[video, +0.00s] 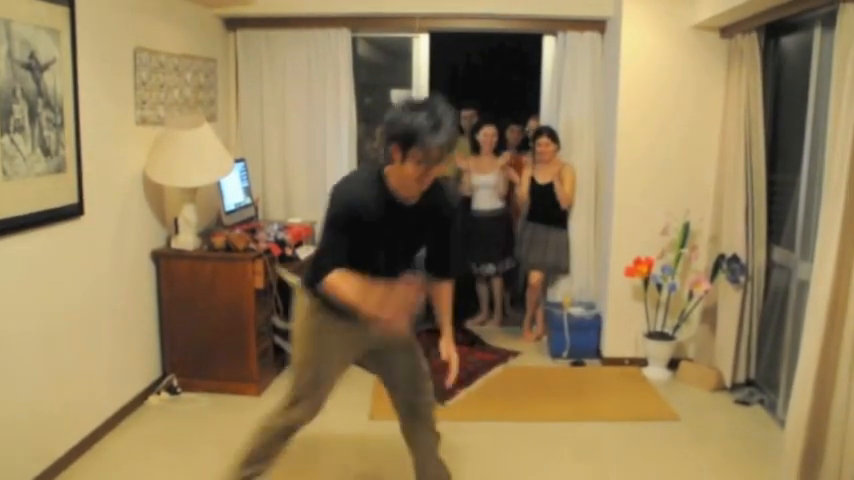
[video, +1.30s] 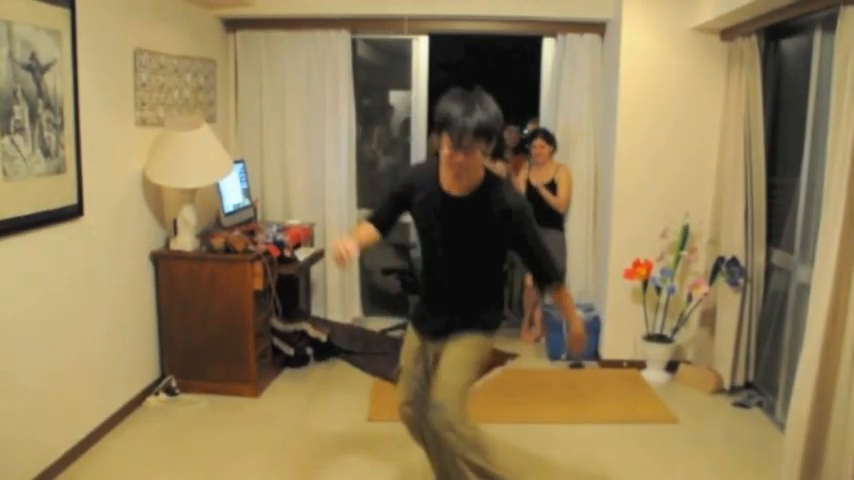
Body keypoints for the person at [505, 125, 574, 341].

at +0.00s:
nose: (543, 149)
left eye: (548, 145)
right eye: (539, 145)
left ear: (556, 147)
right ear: (534, 147)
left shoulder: (565, 170)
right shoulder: (530, 169)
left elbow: (565, 202)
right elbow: (522, 200)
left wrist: (556, 180)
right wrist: (519, 182)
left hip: (554, 228)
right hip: (533, 225)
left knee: (535, 278)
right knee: (538, 281)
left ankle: (527, 321)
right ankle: (540, 323)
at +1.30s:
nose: (537, 151)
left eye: (542, 146)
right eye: (534, 147)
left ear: (551, 149)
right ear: (529, 150)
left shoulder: (561, 171)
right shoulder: (525, 172)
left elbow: (561, 205)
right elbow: (519, 197)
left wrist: (540, 188)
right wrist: (520, 176)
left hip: (552, 231)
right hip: (531, 230)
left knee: (548, 281)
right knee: (531, 280)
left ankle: (527, 324)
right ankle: (537, 325)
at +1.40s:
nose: (537, 151)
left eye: (542, 146)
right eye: (534, 146)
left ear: (552, 149)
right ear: (529, 150)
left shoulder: (560, 172)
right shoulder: (523, 172)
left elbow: (560, 205)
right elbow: (516, 200)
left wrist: (550, 183)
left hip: (550, 231)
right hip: (527, 228)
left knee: (532, 278)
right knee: (535, 282)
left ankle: (526, 323)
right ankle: (538, 325)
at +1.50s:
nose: (537, 152)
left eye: (542, 147)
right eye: (534, 147)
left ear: (551, 149)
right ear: (529, 150)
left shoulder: (560, 172)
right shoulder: (524, 172)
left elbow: (561, 205)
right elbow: (518, 200)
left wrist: (548, 183)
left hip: (550, 232)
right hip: (527, 229)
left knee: (532, 278)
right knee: (535, 283)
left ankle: (525, 323)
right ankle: (539, 327)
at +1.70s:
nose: (537, 152)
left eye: (542, 147)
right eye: (534, 147)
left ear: (552, 150)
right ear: (529, 151)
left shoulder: (560, 172)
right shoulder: (523, 173)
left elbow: (562, 206)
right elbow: (516, 201)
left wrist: (538, 196)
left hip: (548, 231)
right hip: (524, 230)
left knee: (531, 279)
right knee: (534, 283)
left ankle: (525, 323)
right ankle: (538, 326)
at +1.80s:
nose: (537, 152)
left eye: (542, 148)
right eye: (534, 148)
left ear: (552, 150)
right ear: (529, 151)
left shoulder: (561, 172)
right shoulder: (526, 171)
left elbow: (562, 206)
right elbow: (521, 201)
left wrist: (542, 189)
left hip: (550, 231)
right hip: (529, 228)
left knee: (532, 278)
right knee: (534, 283)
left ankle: (525, 323)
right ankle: (538, 327)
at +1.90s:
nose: (537, 153)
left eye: (542, 148)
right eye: (534, 148)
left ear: (552, 150)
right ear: (530, 151)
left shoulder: (561, 172)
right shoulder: (525, 172)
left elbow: (562, 206)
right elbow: (519, 207)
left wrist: (548, 186)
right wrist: (517, 189)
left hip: (550, 231)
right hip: (529, 229)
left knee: (532, 279)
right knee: (535, 284)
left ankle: (525, 324)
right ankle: (538, 327)